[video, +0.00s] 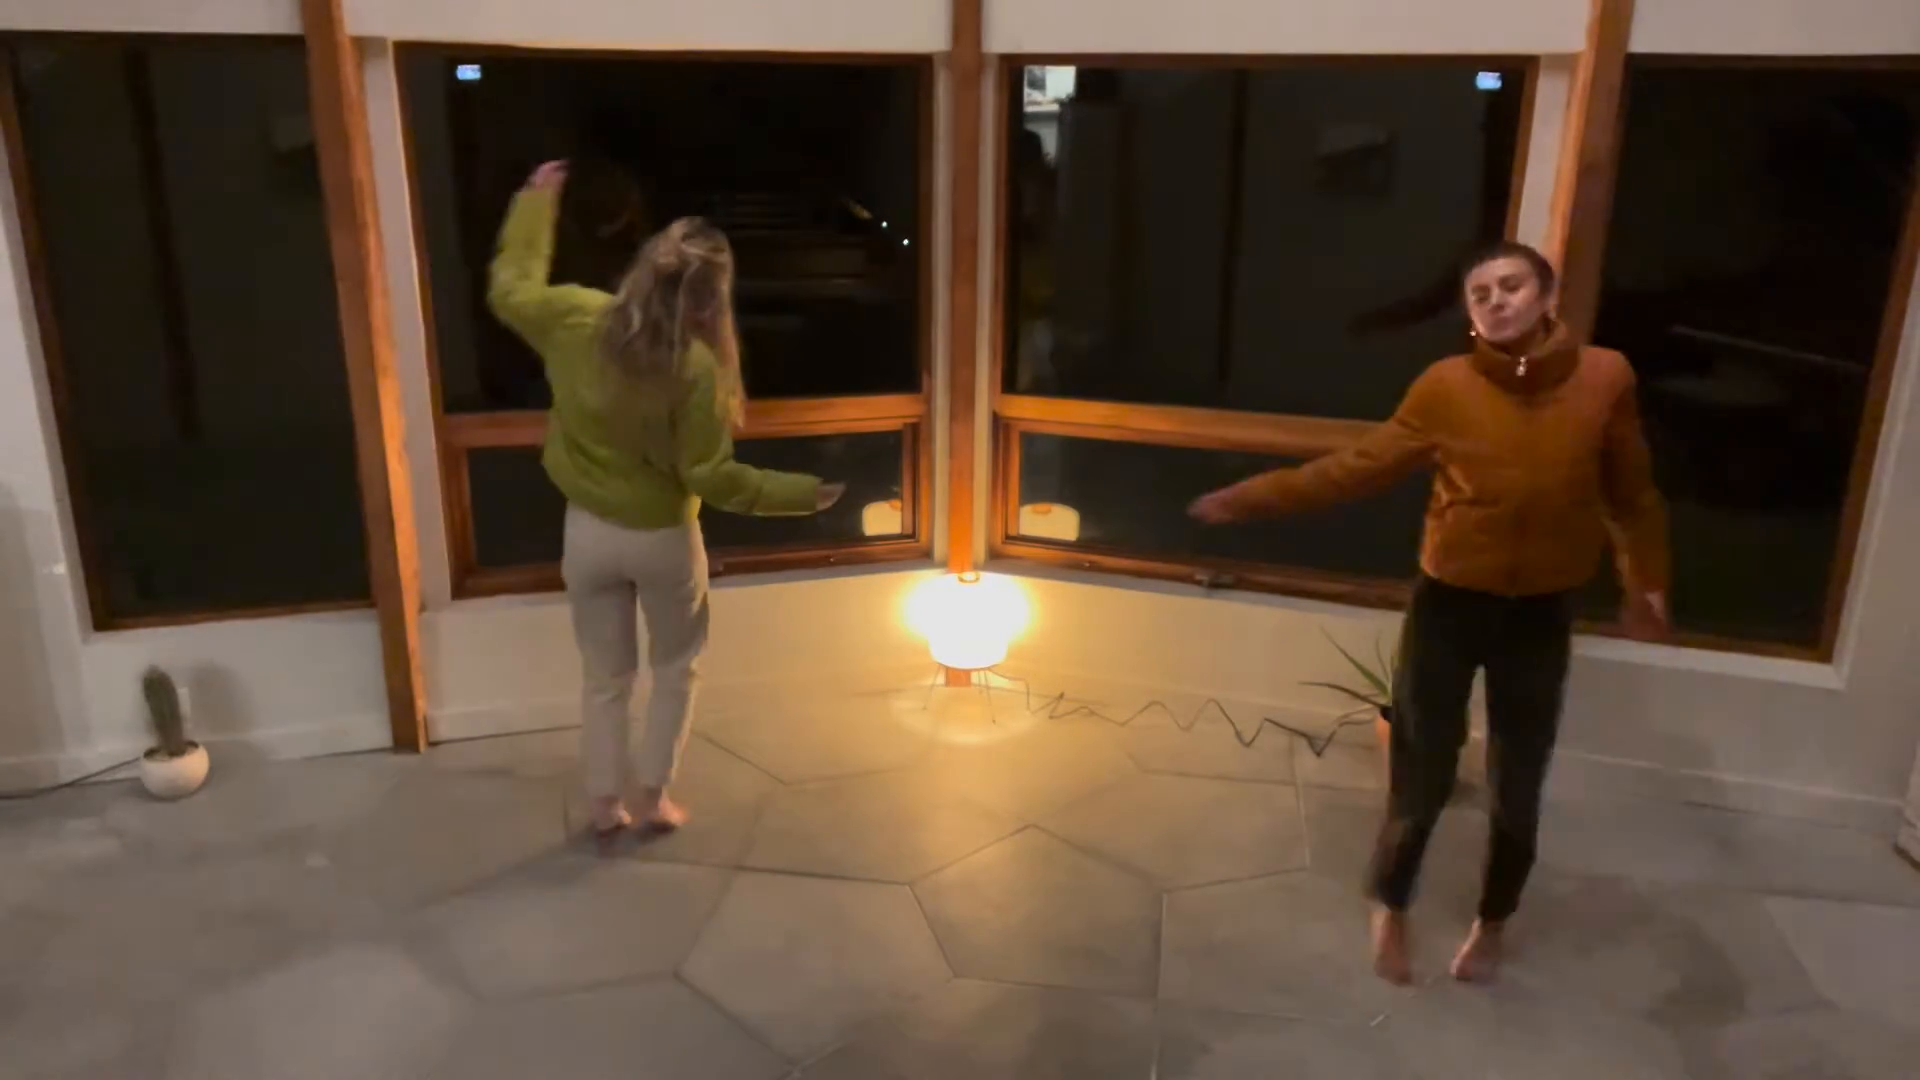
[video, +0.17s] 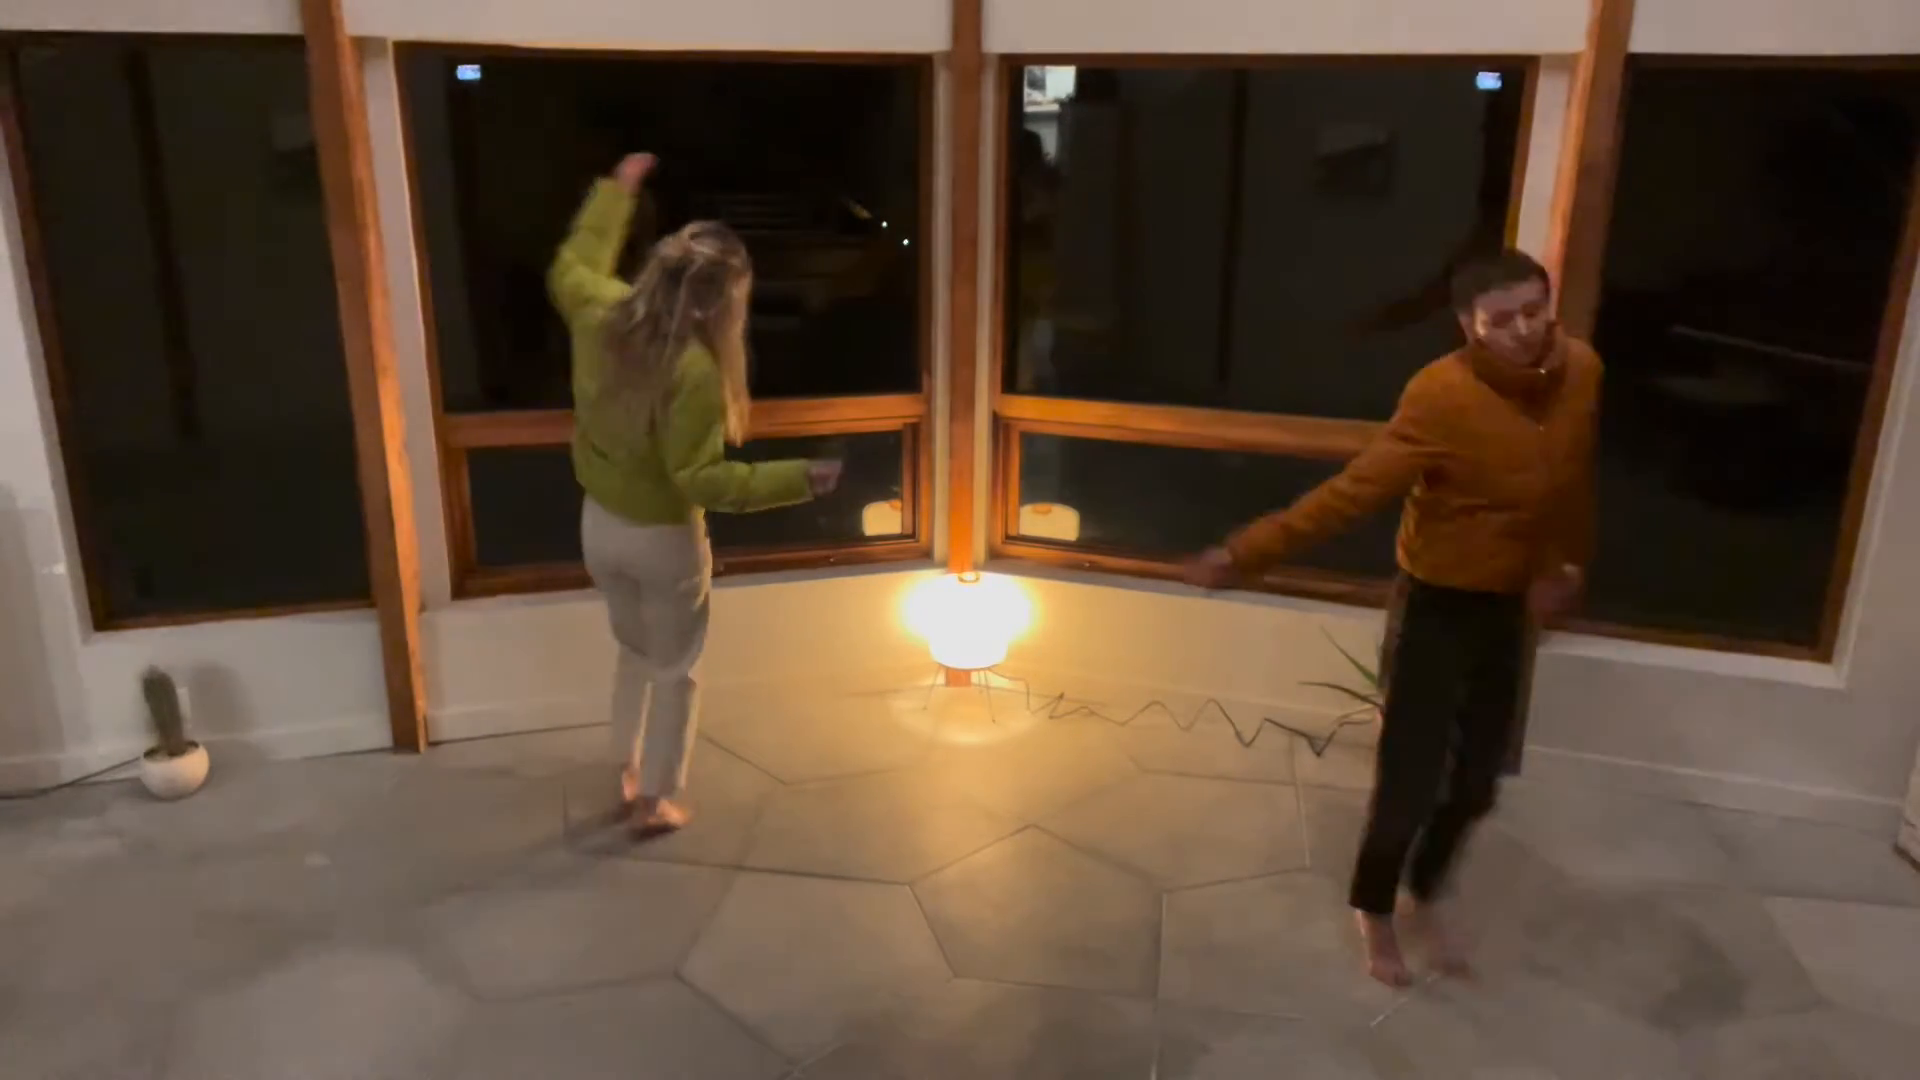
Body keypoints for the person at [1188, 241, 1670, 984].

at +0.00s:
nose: (1495, 303)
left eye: (1510, 287)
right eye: (1480, 295)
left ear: (1548, 294)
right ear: (1468, 312)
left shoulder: (1602, 378)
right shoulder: (1447, 388)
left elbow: (1634, 491)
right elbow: (1360, 465)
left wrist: (1647, 583)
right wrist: (1251, 497)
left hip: (1540, 607)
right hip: (1449, 601)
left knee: (1519, 781)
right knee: (1424, 774)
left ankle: (1492, 922)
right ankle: (1390, 907)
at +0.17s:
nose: (1525, 330)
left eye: (1535, 311)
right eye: (1505, 318)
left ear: (1552, 304)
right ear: (1470, 322)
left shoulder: (1579, 371)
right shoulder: (1441, 394)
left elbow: (1578, 476)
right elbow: (1355, 490)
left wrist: (1571, 560)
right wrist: (1243, 553)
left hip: (1510, 603)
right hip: (1438, 598)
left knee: (1480, 774)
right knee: (1415, 768)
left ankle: (1421, 896)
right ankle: (1372, 905)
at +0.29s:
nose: (1546, 358)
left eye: (1552, 340)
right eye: (1528, 344)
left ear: (1561, 333)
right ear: (1484, 341)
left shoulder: (1532, 392)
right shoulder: (1451, 404)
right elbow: (1388, 510)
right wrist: (1308, 597)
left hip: (1469, 605)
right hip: (1425, 606)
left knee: (1447, 784)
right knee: (1440, 794)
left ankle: (1395, 909)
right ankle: (1368, 917)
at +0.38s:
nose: (1562, 366)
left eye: (1567, 348)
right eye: (1550, 348)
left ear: (1513, 340)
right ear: (1502, 336)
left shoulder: (1482, 381)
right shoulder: (1469, 401)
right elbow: (1422, 520)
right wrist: (1391, 623)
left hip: (1439, 593)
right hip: (1426, 599)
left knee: (1425, 768)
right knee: (1438, 780)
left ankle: (1394, 909)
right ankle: (1374, 924)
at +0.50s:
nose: (1555, 365)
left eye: (1561, 350)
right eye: (1552, 348)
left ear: (1501, 330)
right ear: (1510, 332)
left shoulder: (1440, 365)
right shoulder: (1482, 402)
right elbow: (1468, 534)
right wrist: (1464, 656)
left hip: (1372, 584)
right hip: (1411, 599)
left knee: (1385, 758)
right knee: (1421, 775)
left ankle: (1360, 907)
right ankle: (1364, 929)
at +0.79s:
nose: (1473, 333)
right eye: (1473, 322)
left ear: (1402, 310)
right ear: (1464, 322)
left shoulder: (1345, 364)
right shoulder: (1474, 383)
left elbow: (1311, 472)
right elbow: (1512, 515)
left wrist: (1336, 536)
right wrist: (1554, 620)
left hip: (1337, 586)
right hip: (1421, 598)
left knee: (1322, 746)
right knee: (1400, 764)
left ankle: (1314, 908)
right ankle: (1365, 928)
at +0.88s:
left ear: (1357, 319)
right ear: (1423, 323)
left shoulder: (1317, 370)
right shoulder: (1452, 378)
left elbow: (1288, 489)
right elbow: (1488, 506)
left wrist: (1315, 562)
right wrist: (1519, 607)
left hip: (1335, 588)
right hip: (1423, 593)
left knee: (1324, 754)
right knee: (1396, 762)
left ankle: (1320, 920)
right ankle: (1363, 927)